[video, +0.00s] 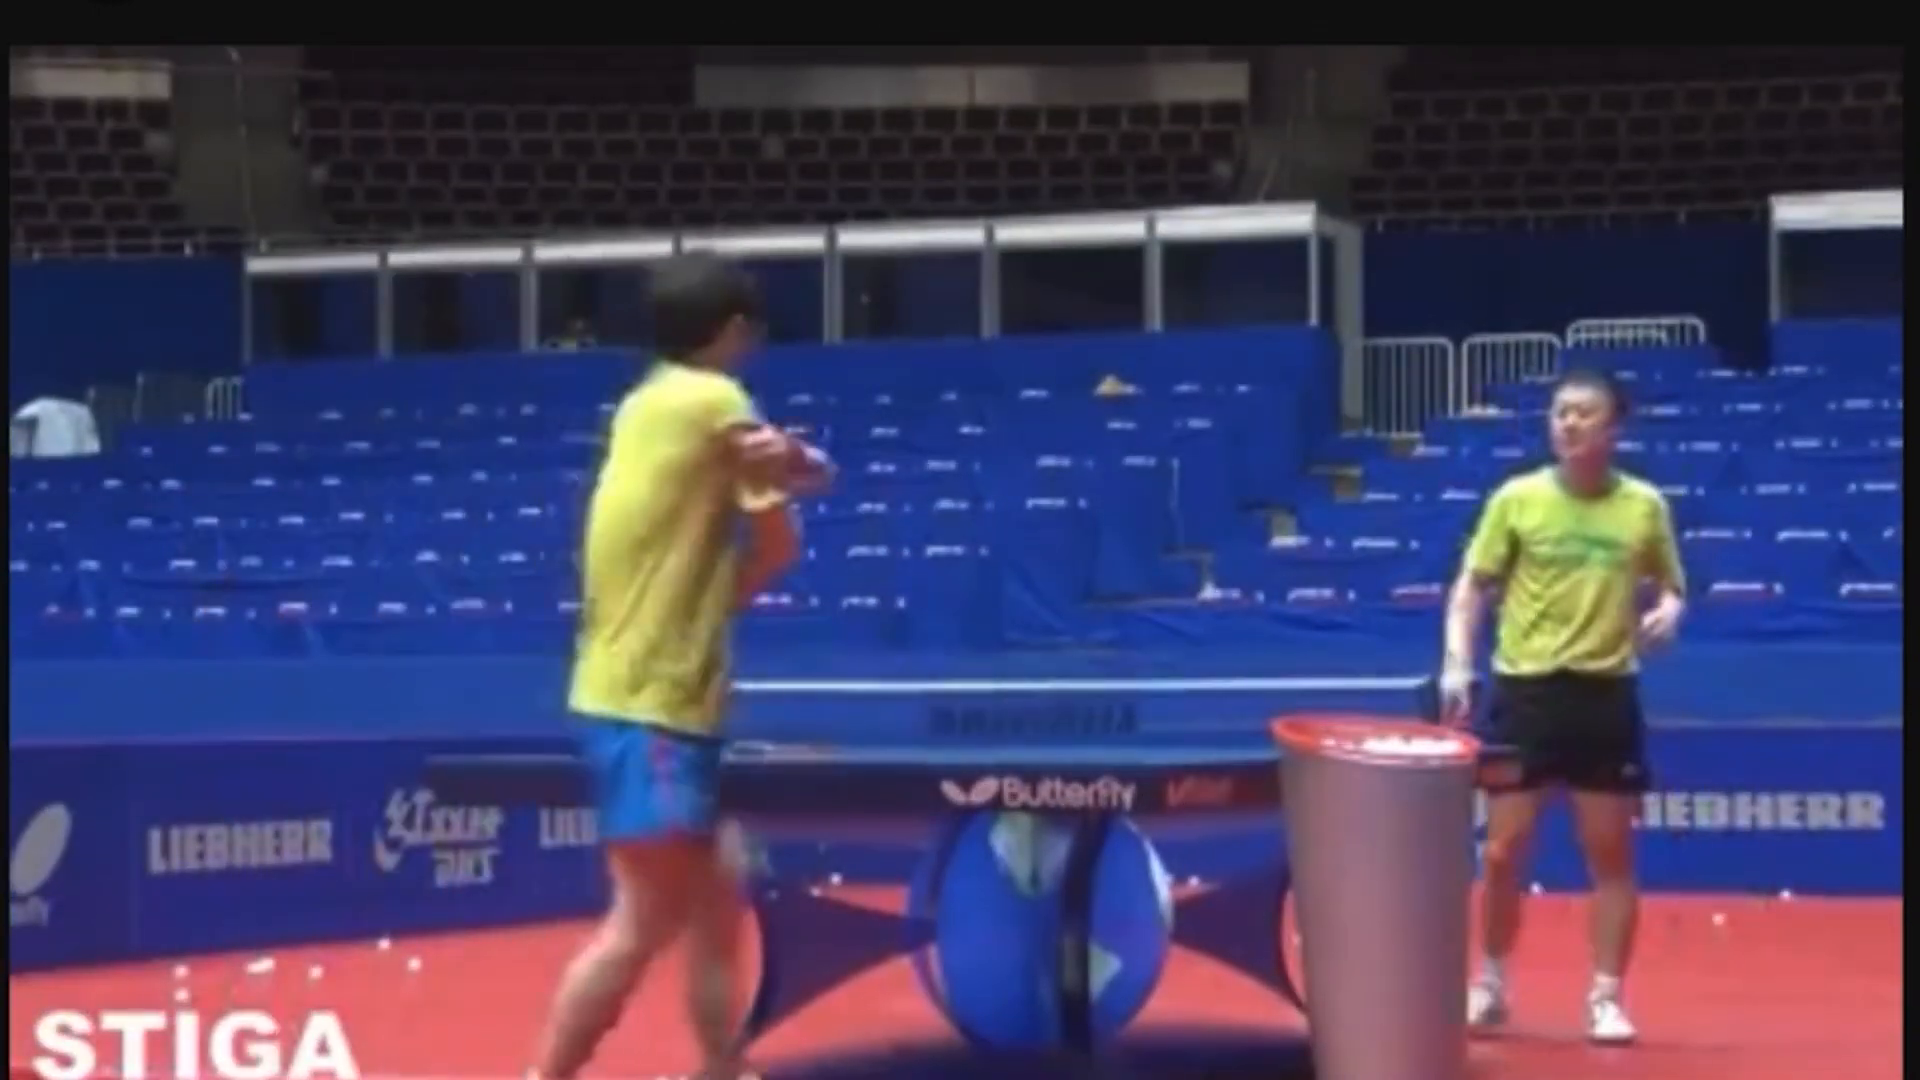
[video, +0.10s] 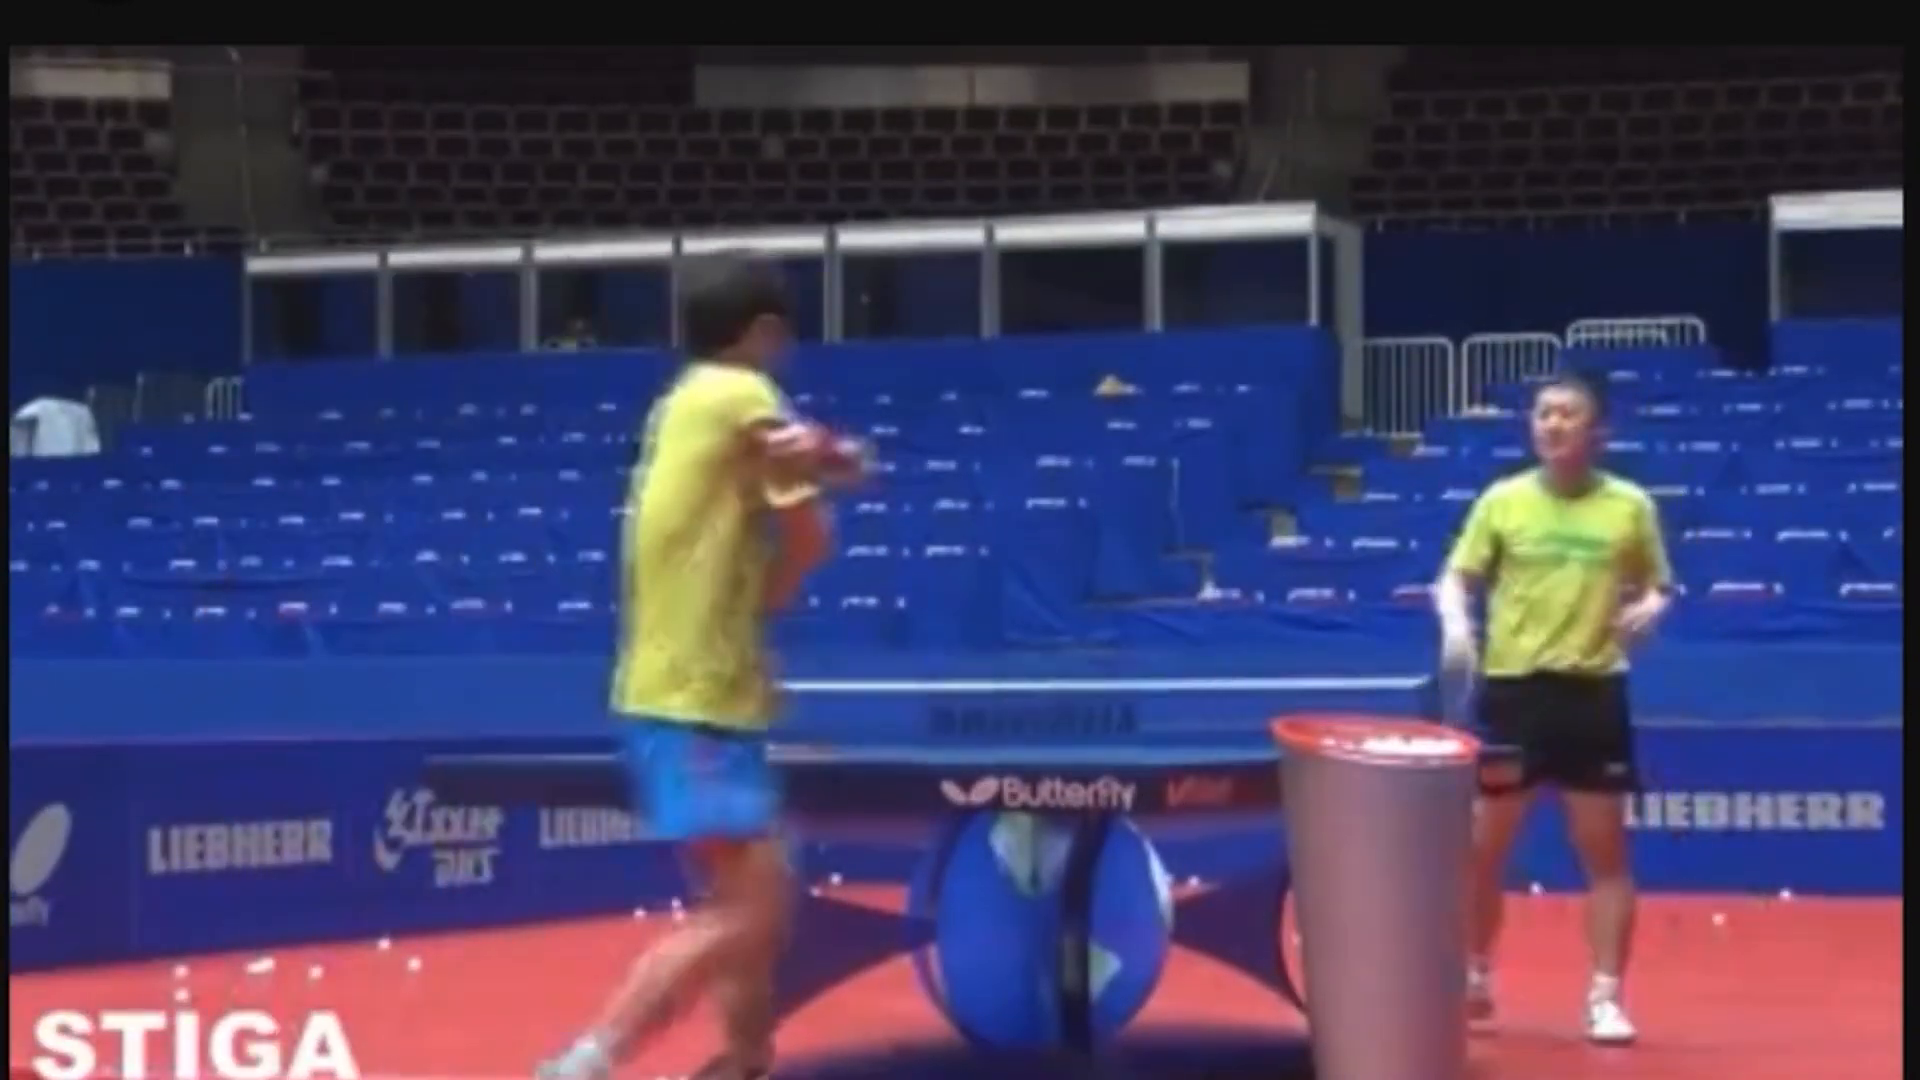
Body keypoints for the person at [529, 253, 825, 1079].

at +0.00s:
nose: (753, 338)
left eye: (749, 325)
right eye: (750, 325)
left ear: (671, 331)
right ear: (730, 328)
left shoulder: (650, 403)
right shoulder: (711, 401)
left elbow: (757, 546)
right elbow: (808, 479)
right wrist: (796, 458)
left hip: (644, 703)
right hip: (649, 709)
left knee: (713, 910)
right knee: (644, 918)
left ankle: (722, 1064)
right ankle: (547, 1068)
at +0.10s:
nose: (785, 342)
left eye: (781, 327)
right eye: (779, 327)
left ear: (708, 332)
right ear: (756, 329)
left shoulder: (698, 405)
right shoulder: (732, 392)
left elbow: (801, 551)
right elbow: (824, 463)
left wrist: (807, 477)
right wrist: (846, 452)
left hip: (703, 701)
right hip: (689, 703)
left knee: (752, 903)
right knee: (752, 901)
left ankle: (746, 1062)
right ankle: (588, 1058)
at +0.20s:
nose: (824, 347)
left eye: (824, 331)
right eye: (819, 330)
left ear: (753, 328)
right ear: (790, 326)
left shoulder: (740, 408)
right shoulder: (756, 392)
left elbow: (846, 543)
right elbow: (890, 463)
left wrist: (836, 464)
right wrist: (866, 444)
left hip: (726, 700)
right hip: (740, 703)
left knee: (780, 905)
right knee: (833, 892)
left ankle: (751, 1067)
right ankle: (689, 1050)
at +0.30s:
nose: (859, 345)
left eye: (860, 327)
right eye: (853, 326)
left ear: (795, 322)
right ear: (814, 317)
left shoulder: (757, 401)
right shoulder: (784, 389)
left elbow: (872, 540)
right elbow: (925, 459)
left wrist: (863, 458)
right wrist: (894, 436)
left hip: (747, 691)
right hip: (779, 692)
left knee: (798, 901)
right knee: (868, 883)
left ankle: (742, 1054)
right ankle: (767, 1054)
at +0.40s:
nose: (895, 348)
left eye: (896, 329)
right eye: (888, 327)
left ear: (832, 321)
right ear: (847, 316)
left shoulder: (792, 394)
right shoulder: (826, 396)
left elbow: (968, 470)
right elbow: (917, 512)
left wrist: (918, 436)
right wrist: (922, 572)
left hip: (777, 696)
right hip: (816, 702)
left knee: (816, 922)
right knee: (874, 913)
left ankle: (759, 1069)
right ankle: (904, 1069)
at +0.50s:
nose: (923, 351)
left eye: (925, 332)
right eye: (918, 331)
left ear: (866, 324)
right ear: (879, 320)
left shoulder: (817, 399)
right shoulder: (858, 405)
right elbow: (978, 497)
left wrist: (959, 457)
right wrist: (1009, 554)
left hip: (817, 702)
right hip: (858, 707)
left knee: (842, 929)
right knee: (906, 922)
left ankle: (771, 1068)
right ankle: (936, 1068)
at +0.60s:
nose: (946, 348)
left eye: (949, 333)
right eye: (942, 330)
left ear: (887, 323)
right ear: (905, 319)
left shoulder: (845, 400)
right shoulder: (891, 400)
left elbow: (978, 459)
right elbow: (1044, 441)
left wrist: (1054, 461)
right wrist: (1096, 478)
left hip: (855, 698)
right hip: (894, 699)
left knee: (920, 902)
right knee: (953, 907)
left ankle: (815, 1059)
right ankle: (951, 1070)